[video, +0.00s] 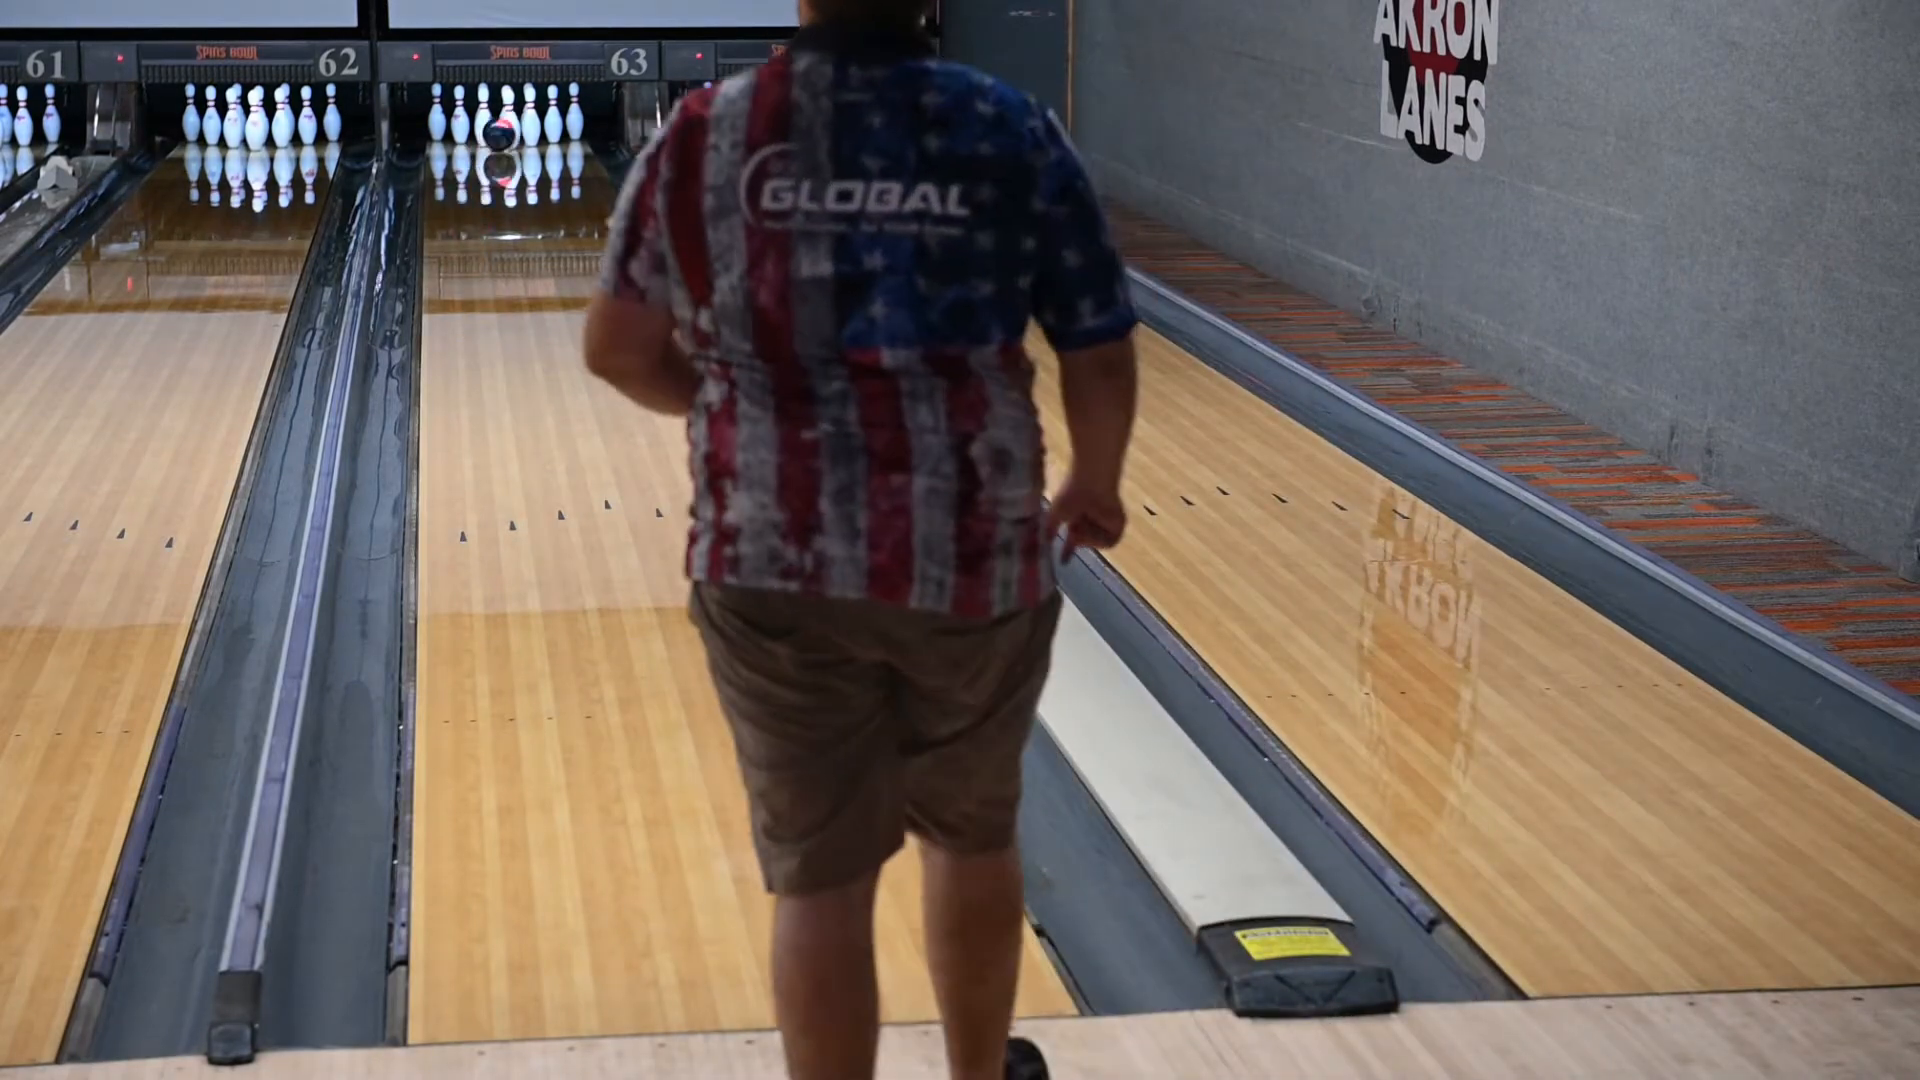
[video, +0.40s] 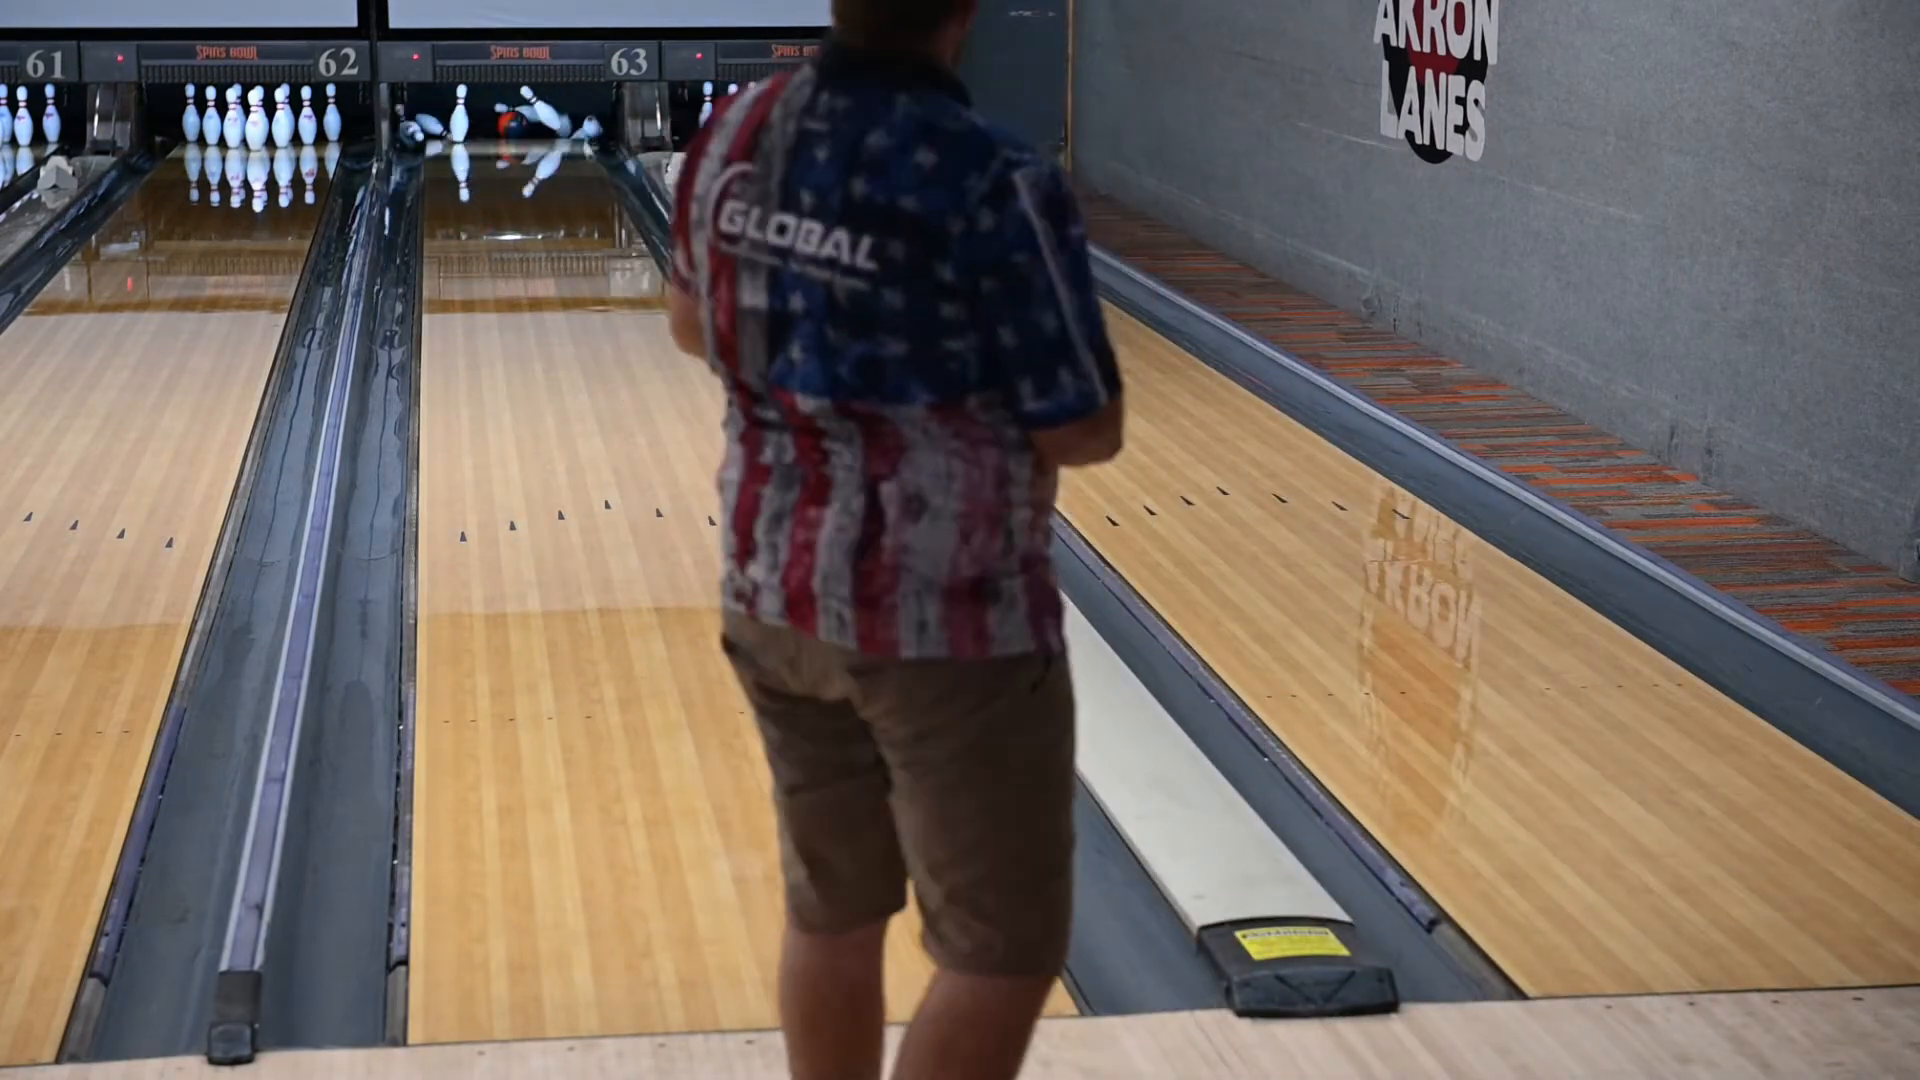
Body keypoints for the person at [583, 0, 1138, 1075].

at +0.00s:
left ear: (801, 1)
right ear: (930, 4)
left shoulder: (704, 129)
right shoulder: (1009, 130)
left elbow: (618, 344)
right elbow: (1100, 344)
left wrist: (724, 396)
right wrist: (1096, 480)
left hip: (770, 550)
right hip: (973, 552)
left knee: (817, 874)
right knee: (973, 833)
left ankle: (828, 1071)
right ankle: (981, 1070)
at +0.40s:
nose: (979, 19)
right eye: (975, 9)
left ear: (836, 1)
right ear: (964, 11)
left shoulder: (735, 131)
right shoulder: (998, 183)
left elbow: (693, 323)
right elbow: (1083, 428)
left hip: (771, 585)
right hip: (948, 612)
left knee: (831, 911)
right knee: (998, 949)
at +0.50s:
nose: (994, 38)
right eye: (995, 23)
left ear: (851, 20)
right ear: (980, 28)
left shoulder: (761, 152)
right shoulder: (984, 191)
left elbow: (764, 383)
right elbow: (1079, 437)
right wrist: (1112, 386)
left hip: (794, 616)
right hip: (950, 639)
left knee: (847, 934)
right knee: (987, 990)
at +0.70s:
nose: (1058, 47)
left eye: (1055, 25)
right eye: (1049, 24)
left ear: (923, 30)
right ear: (999, 37)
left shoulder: (862, 158)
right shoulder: (971, 202)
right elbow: (1078, 452)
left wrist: (1108, 381)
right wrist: (1152, 403)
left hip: (895, 648)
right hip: (971, 673)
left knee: (935, 1017)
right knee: (971, 1035)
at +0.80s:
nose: (1098, 25)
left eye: (1091, 7)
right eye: (1077, 7)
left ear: (988, 32)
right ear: (991, 29)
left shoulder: (968, 155)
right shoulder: (949, 181)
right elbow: (1075, 443)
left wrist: (1152, 382)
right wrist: (1180, 399)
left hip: (1045, 672)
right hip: (960, 694)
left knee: (1064, 983)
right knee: (949, 1045)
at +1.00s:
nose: (1151, 20)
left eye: (1142, 0)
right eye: (1115, 4)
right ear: (1009, 29)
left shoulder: (1118, 159)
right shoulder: (941, 191)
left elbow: (1138, 379)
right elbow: (1038, 466)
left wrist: (1233, 398)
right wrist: (1229, 439)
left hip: (1152, 717)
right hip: (976, 740)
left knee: (1180, 1050)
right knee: (930, 1057)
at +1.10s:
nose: (1184, 38)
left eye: (1182, 8)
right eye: (1139, 17)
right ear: (1039, 46)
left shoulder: (1195, 183)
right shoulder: (969, 214)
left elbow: (1240, 383)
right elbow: (1019, 493)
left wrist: (1305, 414)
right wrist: (1256, 483)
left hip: (1202, 753)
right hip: (1003, 774)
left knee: (1206, 1063)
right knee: (951, 1063)